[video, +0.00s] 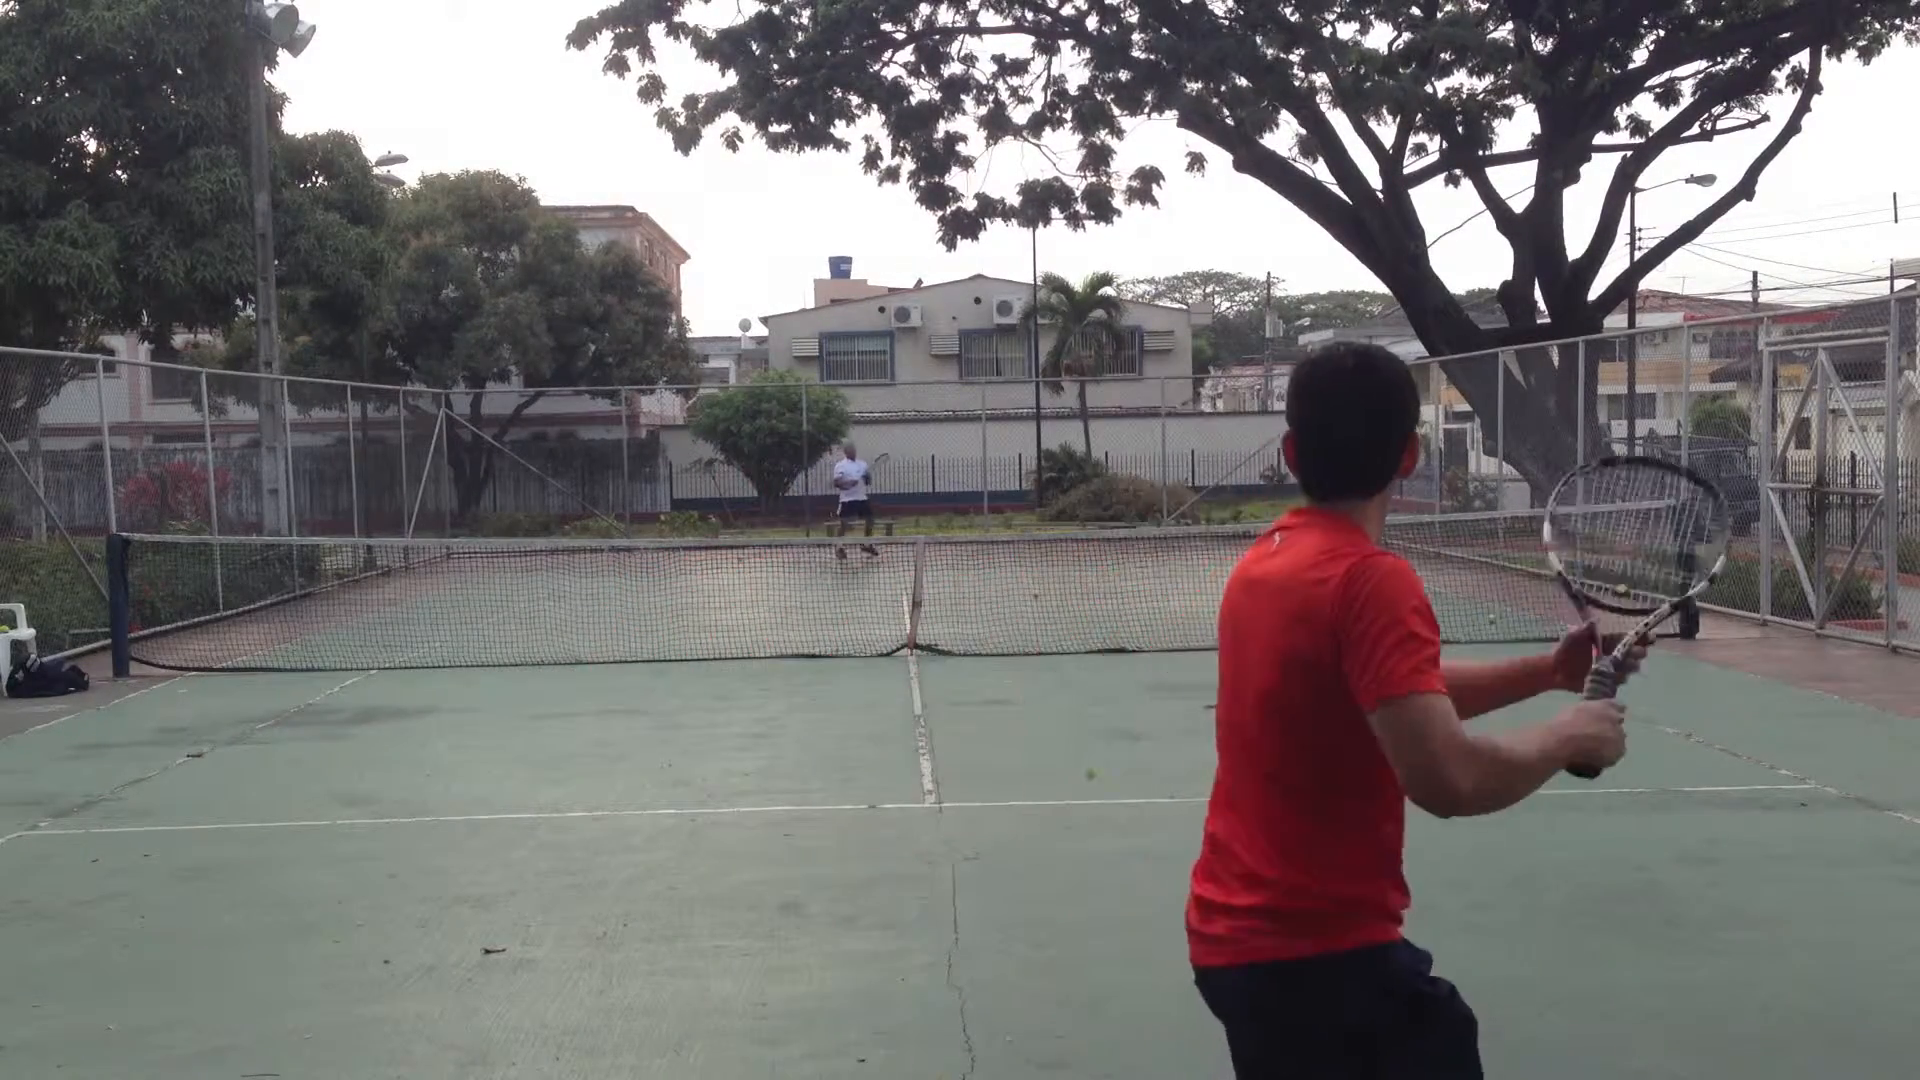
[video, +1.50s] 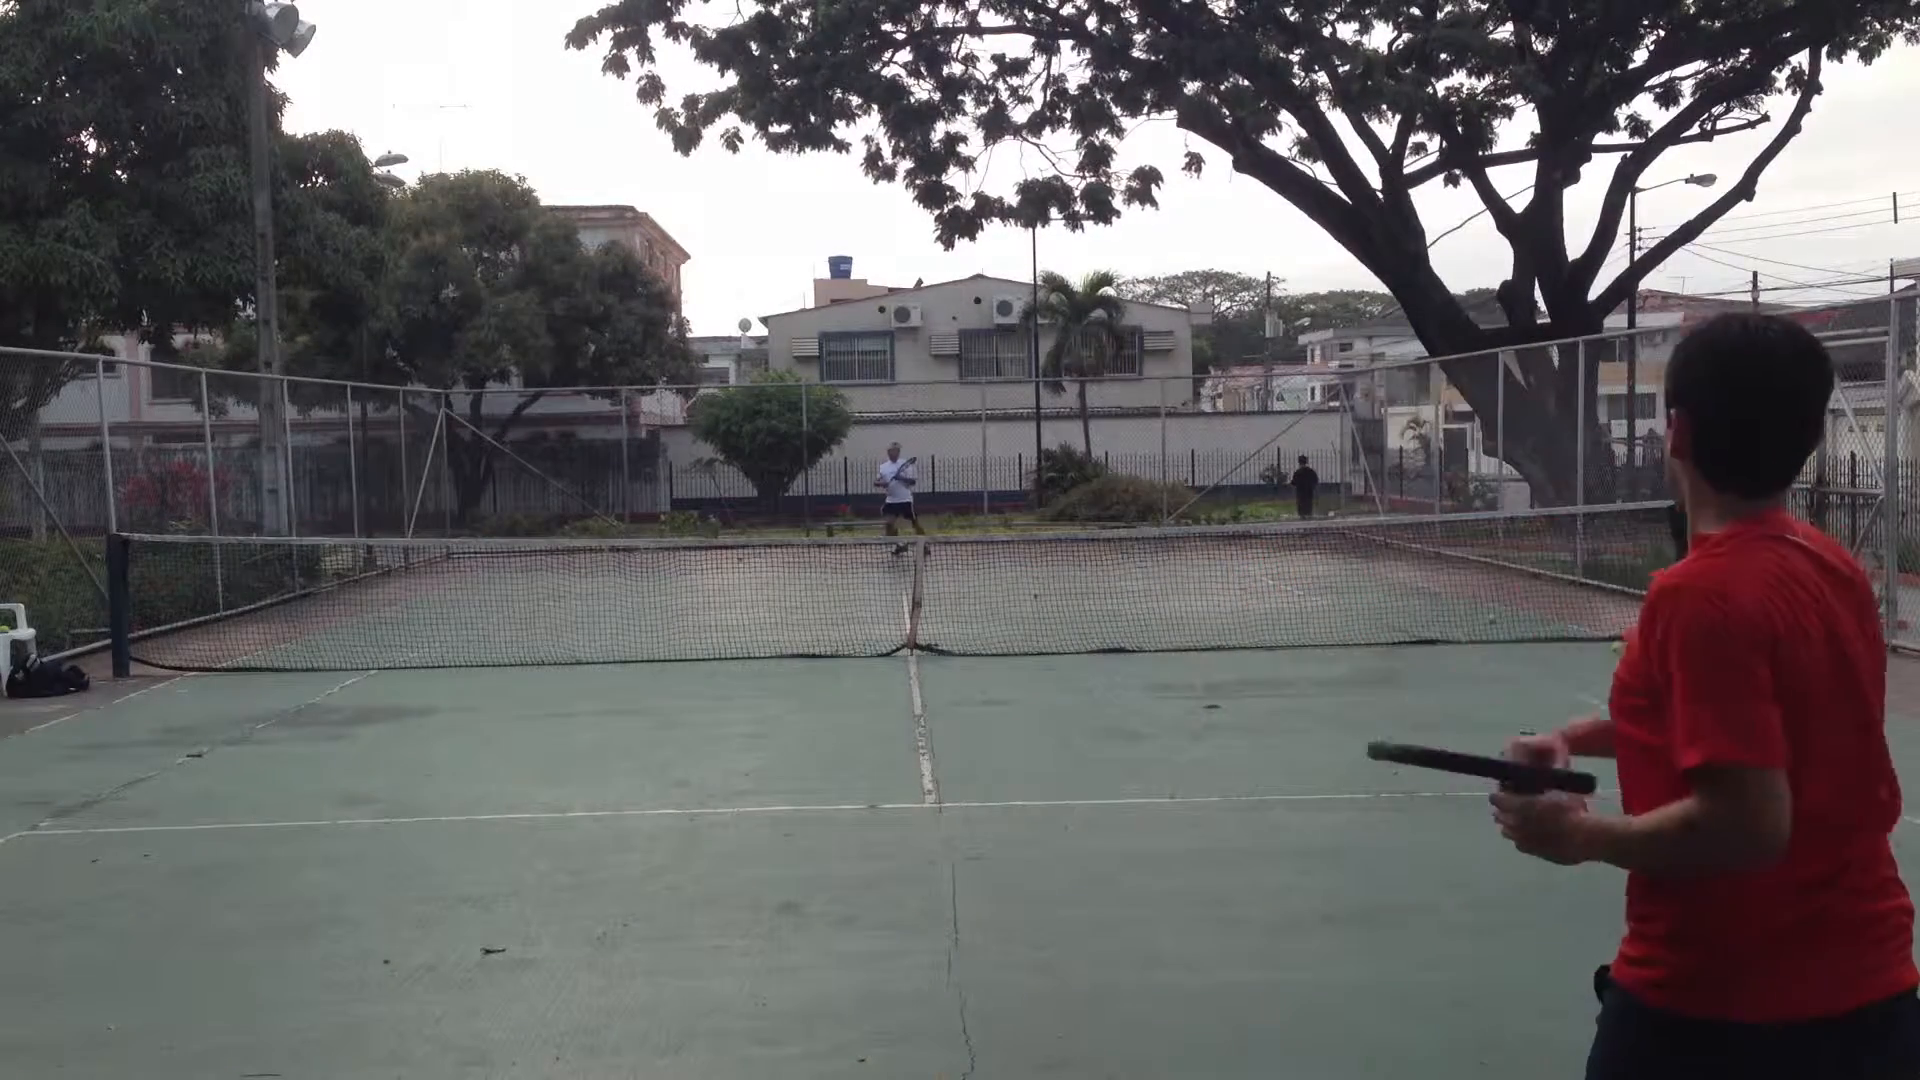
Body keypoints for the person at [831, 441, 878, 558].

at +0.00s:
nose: (851, 453)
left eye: (853, 450)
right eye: (849, 451)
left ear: (855, 451)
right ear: (845, 452)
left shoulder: (862, 464)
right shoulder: (840, 466)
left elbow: (868, 482)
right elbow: (837, 482)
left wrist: (867, 477)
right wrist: (849, 483)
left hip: (861, 498)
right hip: (847, 499)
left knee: (870, 520)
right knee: (844, 524)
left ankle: (867, 543)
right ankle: (839, 546)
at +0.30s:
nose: (874, 454)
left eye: (876, 452)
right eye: (872, 452)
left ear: (879, 451)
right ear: (868, 452)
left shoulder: (887, 464)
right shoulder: (863, 466)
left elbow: (893, 480)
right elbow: (856, 482)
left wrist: (886, 476)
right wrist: (869, 482)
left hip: (884, 499)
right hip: (868, 500)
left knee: (889, 522)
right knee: (860, 522)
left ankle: (888, 545)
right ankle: (854, 544)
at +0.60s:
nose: (882, 453)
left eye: (884, 450)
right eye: (880, 451)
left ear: (888, 450)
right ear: (877, 451)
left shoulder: (894, 463)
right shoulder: (872, 466)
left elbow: (904, 480)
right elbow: (867, 483)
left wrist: (897, 475)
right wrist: (877, 480)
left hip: (896, 497)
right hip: (881, 499)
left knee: (903, 518)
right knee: (883, 523)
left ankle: (913, 541)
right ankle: (887, 545)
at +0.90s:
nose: (897, 456)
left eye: (899, 453)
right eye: (894, 454)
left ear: (902, 452)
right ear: (891, 453)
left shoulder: (910, 464)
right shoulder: (887, 466)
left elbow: (917, 481)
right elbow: (882, 484)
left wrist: (907, 477)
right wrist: (891, 482)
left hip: (909, 499)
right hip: (893, 500)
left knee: (916, 522)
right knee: (890, 523)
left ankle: (924, 544)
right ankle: (888, 546)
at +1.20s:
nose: (903, 453)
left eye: (905, 450)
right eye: (901, 451)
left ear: (908, 450)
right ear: (897, 452)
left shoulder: (916, 463)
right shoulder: (893, 465)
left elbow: (924, 479)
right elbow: (888, 483)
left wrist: (916, 474)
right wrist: (896, 483)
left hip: (915, 499)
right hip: (899, 500)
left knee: (920, 524)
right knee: (893, 524)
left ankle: (925, 545)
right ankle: (889, 546)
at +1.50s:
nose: (893, 454)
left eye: (895, 451)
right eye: (891, 451)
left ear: (899, 452)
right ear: (888, 452)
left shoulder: (906, 464)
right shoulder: (883, 467)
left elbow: (913, 481)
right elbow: (876, 482)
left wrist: (901, 478)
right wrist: (883, 484)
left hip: (905, 500)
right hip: (891, 500)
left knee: (914, 524)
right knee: (889, 524)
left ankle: (925, 544)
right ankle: (896, 545)